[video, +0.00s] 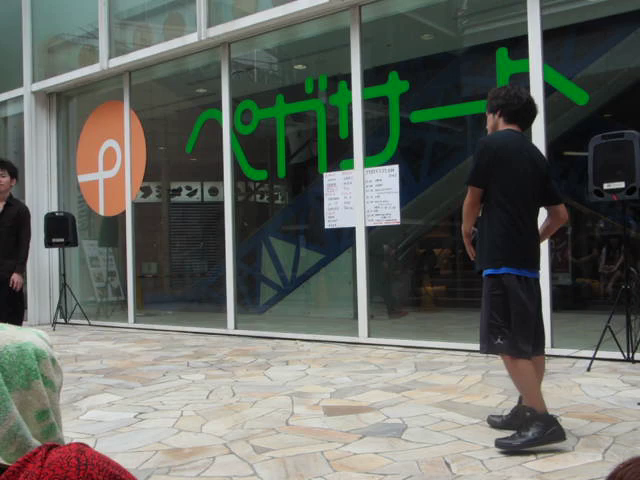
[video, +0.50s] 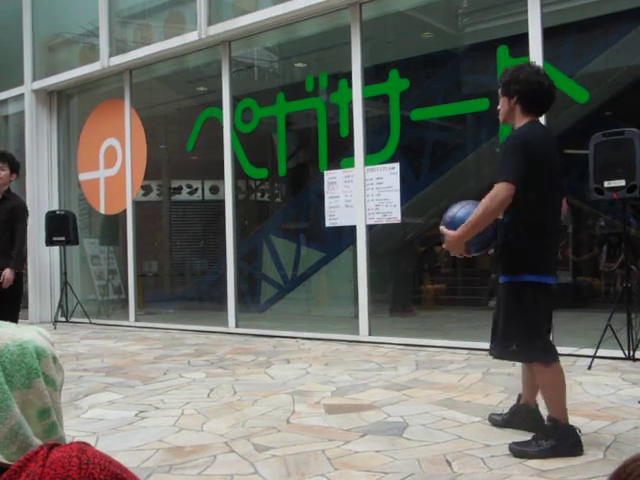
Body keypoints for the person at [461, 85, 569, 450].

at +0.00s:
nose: (486, 122)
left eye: (488, 116)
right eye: (487, 117)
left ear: (497, 116)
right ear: (524, 120)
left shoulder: (491, 144)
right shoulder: (536, 157)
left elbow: (472, 200)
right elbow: (559, 215)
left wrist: (467, 234)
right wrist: (532, 239)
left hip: (501, 259)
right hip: (526, 260)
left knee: (506, 341)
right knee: (530, 340)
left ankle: (543, 421)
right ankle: (527, 409)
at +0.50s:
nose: (497, 104)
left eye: (500, 97)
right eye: (498, 97)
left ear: (515, 100)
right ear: (532, 102)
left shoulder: (519, 141)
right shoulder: (544, 140)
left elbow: (501, 196)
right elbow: (556, 207)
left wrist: (460, 235)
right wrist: (495, 232)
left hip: (525, 265)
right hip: (533, 263)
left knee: (538, 344)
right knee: (528, 339)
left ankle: (561, 430)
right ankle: (527, 408)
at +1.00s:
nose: (488, 96)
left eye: (492, 89)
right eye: (490, 89)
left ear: (508, 93)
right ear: (514, 93)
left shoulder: (537, 127)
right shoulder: (522, 132)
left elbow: (562, 178)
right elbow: (531, 185)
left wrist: (538, 226)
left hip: (537, 260)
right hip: (512, 259)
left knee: (546, 341)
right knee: (493, 322)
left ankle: (565, 428)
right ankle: (514, 395)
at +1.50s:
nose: (486, 108)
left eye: (490, 101)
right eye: (488, 101)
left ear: (504, 105)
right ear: (513, 107)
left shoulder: (513, 137)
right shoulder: (524, 142)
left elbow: (519, 186)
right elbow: (537, 213)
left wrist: (493, 231)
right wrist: (542, 265)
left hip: (519, 266)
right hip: (513, 265)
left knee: (535, 344)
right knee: (510, 341)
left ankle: (580, 426)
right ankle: (503, 415)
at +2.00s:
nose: (490, 119)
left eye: (494, 112)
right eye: (493, 112)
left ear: (508, 116)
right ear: (523, 121)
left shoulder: (505, 141)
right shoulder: (534, 158)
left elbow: (494, 181)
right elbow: (537, 227)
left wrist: (463, 225)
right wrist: (531, 277)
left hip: (497, 263)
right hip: (521, 266)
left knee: (478, 335)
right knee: (517, 339)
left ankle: (529, 398)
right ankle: (512, 413)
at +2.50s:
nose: (488, 114)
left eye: (489, 109)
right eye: (491, 109)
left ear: (495, 112)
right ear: (527, 114)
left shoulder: (503, 142)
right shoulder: (526, 149)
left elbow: (496, 190)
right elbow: (514, 214)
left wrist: (469, 232)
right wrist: (476, 256)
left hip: (495, 265)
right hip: (516, 264)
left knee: (478, 340)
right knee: (513, 340)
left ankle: (532, 408)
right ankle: (506, 413)